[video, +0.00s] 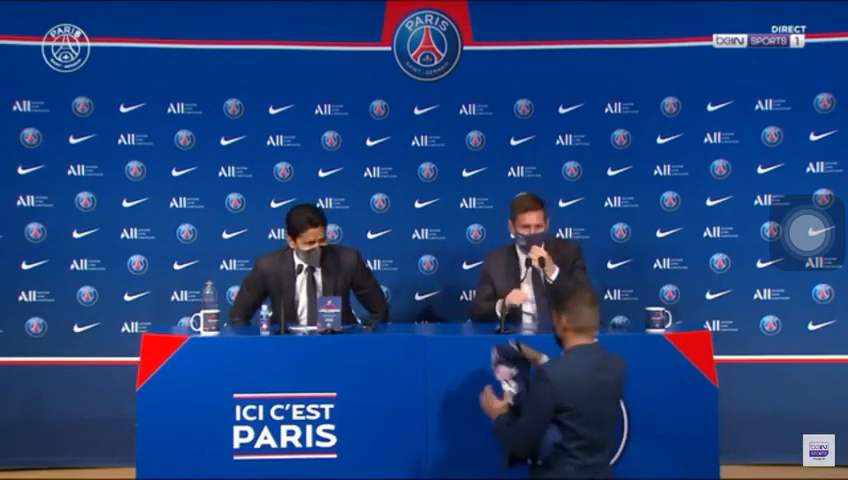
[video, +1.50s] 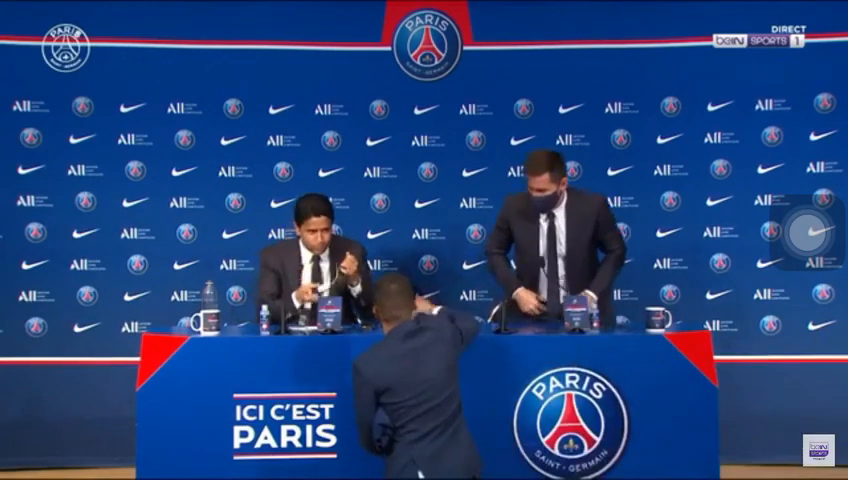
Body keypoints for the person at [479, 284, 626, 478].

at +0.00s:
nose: (553, 324)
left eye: (553, 319)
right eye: (552, 319)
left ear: (563, 323)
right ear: (596, 320)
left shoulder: (549, 376)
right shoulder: (616, 366)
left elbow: (520, 445)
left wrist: (498, 415)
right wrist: (541, 360)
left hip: (561, 471)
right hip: (601, 469)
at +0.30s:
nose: (504, 317)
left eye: (505, 313)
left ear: (512, 318)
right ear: (546, 315)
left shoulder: (499, 370)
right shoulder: (565, 350)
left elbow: (474, 444)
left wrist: (465, 422)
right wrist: (486, 308)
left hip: (515, 467)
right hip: (557, 463)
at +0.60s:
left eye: (440, 309)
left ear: (444, 315)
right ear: (482, 311)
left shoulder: (435, 368)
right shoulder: (504, 344)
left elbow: (425, 444)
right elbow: (481, 312)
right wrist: (453, 281)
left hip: (467, 461)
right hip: (515, 458)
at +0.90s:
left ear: (398, 313)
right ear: (436, 307)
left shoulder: (391, 364)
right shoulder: (460, 336)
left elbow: (390, 441)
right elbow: (445, 314)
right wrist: (437, 306)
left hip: (428, 465)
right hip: (478, 460)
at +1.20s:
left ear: (377, 314)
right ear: (414, 307)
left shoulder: (371, 365)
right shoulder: (442, 332)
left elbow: (373, 442)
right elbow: (433, 316)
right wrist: (424, 303)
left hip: (412, 464)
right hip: (462, 459)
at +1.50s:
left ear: (376, 312)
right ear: (415, 305)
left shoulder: (368, 365)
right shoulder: (443, 332)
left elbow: (369, 438)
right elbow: (471, 325)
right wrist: (434, 309)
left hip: (408, 464)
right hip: (459, 459)